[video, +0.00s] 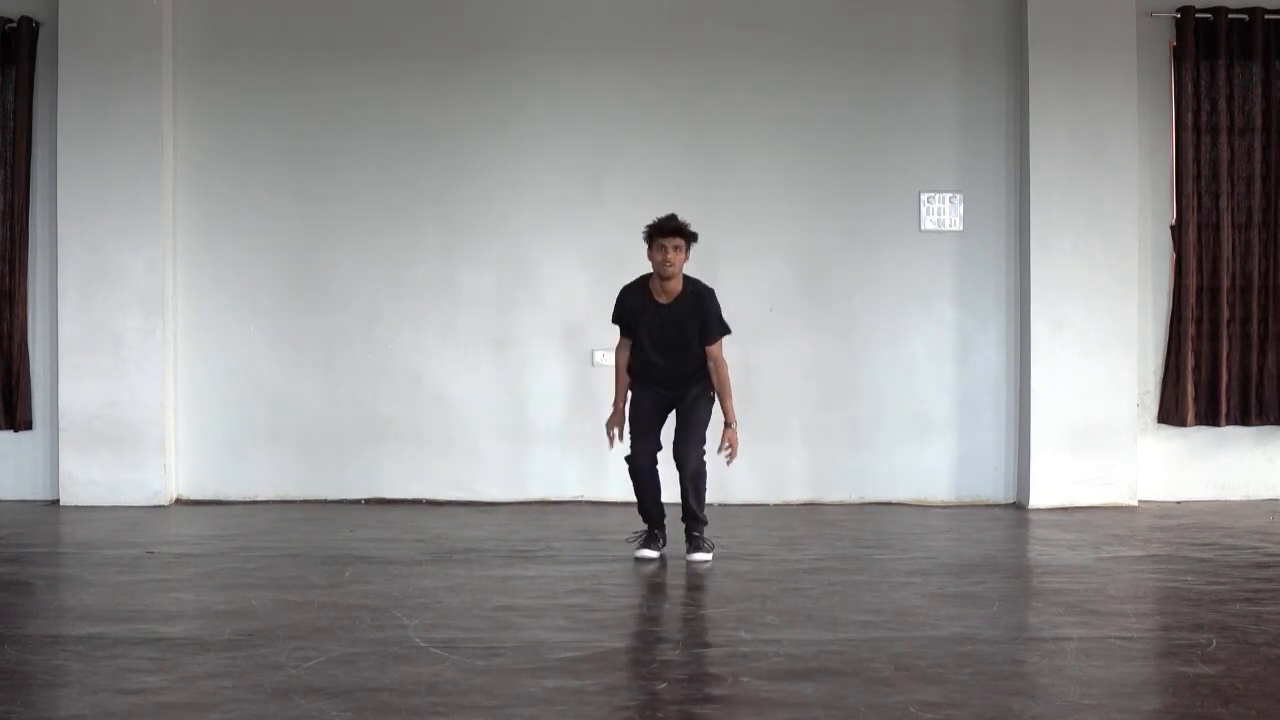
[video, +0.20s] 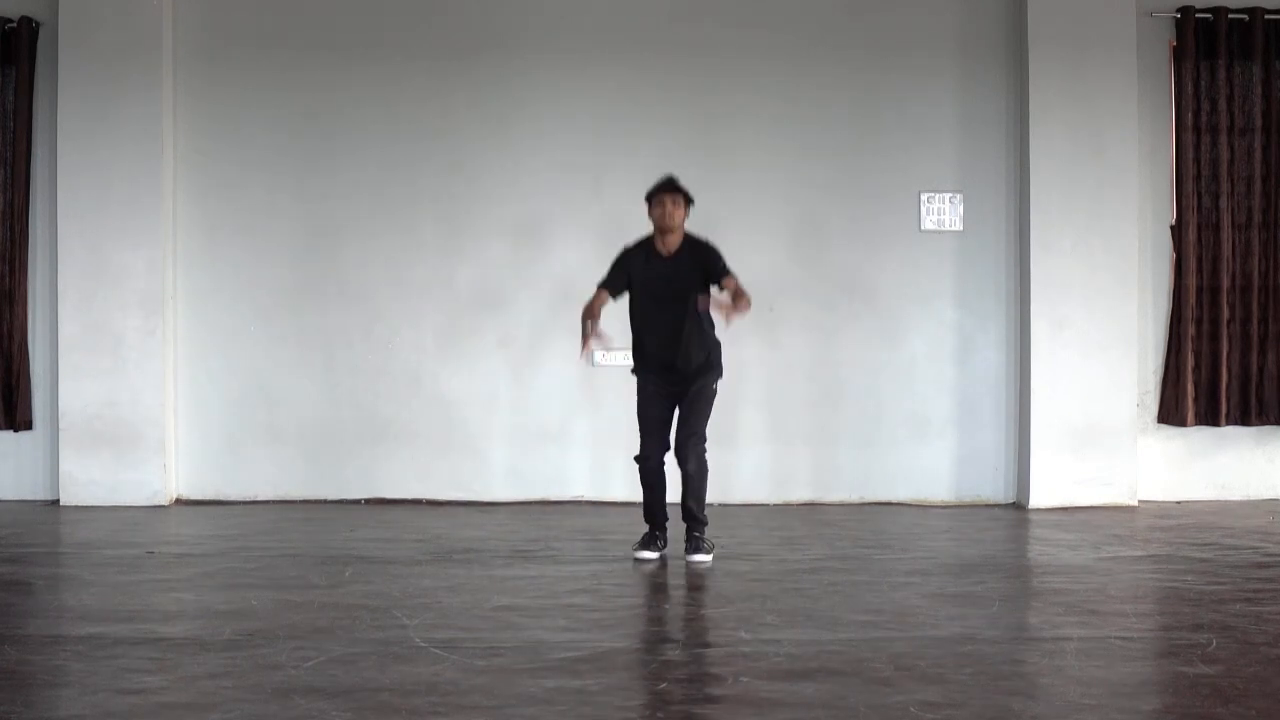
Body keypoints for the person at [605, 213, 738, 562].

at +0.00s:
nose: (668, 256)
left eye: (676, 249)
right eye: (660, 249)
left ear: (686, 256)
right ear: (649, 254)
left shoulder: (702, 297)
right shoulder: (631, 296)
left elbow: (716, 360)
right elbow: (623, 350)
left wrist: (730, 422)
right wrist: (618, 407)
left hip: (695, 386)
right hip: (648, 387)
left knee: (688, 454)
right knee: (640, 456)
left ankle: (695, 534)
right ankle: (654, 532)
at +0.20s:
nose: (668, 210)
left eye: (676, 204)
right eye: (661, 204)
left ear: (686, 211)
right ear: (649, 211)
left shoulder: (702, 253)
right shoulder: (633, 257)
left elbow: (737, 291)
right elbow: (597, 302)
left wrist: (737, 301)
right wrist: (589, 322)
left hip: (698, 370)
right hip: (653, 371)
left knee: (688, 450)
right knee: (649, 455)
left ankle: (696, 533)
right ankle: (656, 532)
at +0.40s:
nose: (668, 120)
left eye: (676, 113)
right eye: (660, 113)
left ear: (687, 119)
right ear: (650, 118)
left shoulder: (707, 161)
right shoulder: (635, 162)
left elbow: (748, 205)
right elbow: (607, 211)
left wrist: (763, 234)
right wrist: (588, 225)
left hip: (693, 287)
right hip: (644, 286)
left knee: (714, 370)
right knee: (631, 371)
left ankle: (700, 412)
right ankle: (667, 381)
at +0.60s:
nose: (663, 132)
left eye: (671, 124)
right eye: (655, 125)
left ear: (683, 129)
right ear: (644, 130)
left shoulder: (702, 168)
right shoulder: (629, 176)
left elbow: (760, 190)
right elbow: (596, 226)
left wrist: (767, 207)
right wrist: (582, 239)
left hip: (699, 295)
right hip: (647, 293)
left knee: (730, 376)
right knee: (614, 352)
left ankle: (717, 464)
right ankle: (633, 430)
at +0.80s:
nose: (667, 187)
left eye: (674, 180)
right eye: (659, 180)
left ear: (684, 187)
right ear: (646, 186)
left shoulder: (702, 234)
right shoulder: (627, 237)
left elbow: (738, 290)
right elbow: (611, 301)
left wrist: (747, 279)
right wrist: (595, 280)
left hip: (696, 365)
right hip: (644, 365)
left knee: (715, 453)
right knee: (624, 453)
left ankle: (734, 537)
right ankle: (597, 539)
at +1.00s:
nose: (665, 178)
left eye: (673, 172)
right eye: (658, 171)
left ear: (684, 180)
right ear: (646, 177)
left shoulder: (699, 227)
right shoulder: (626, 224)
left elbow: (709, 287)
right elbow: (607, 285)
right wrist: (595, 274)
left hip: (687, 358)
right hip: (634, 357)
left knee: (712, 444)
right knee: (610, 443)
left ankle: (734, 531)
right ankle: (586, 536)